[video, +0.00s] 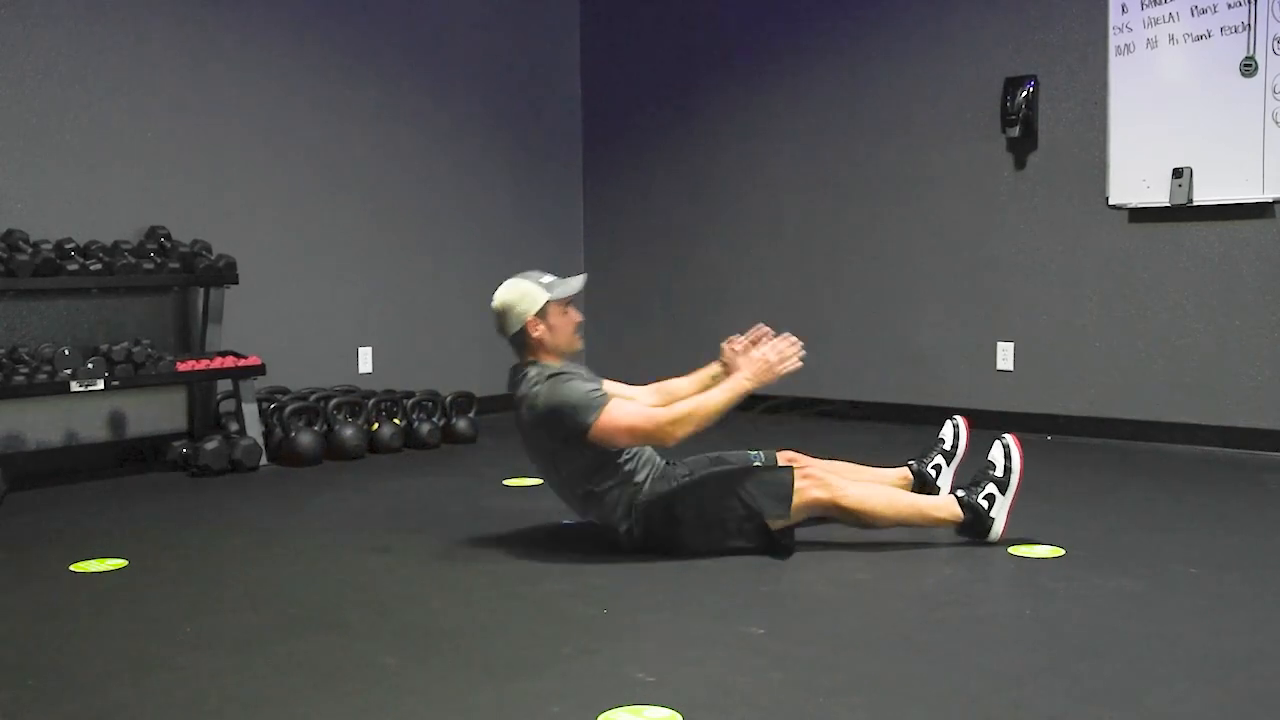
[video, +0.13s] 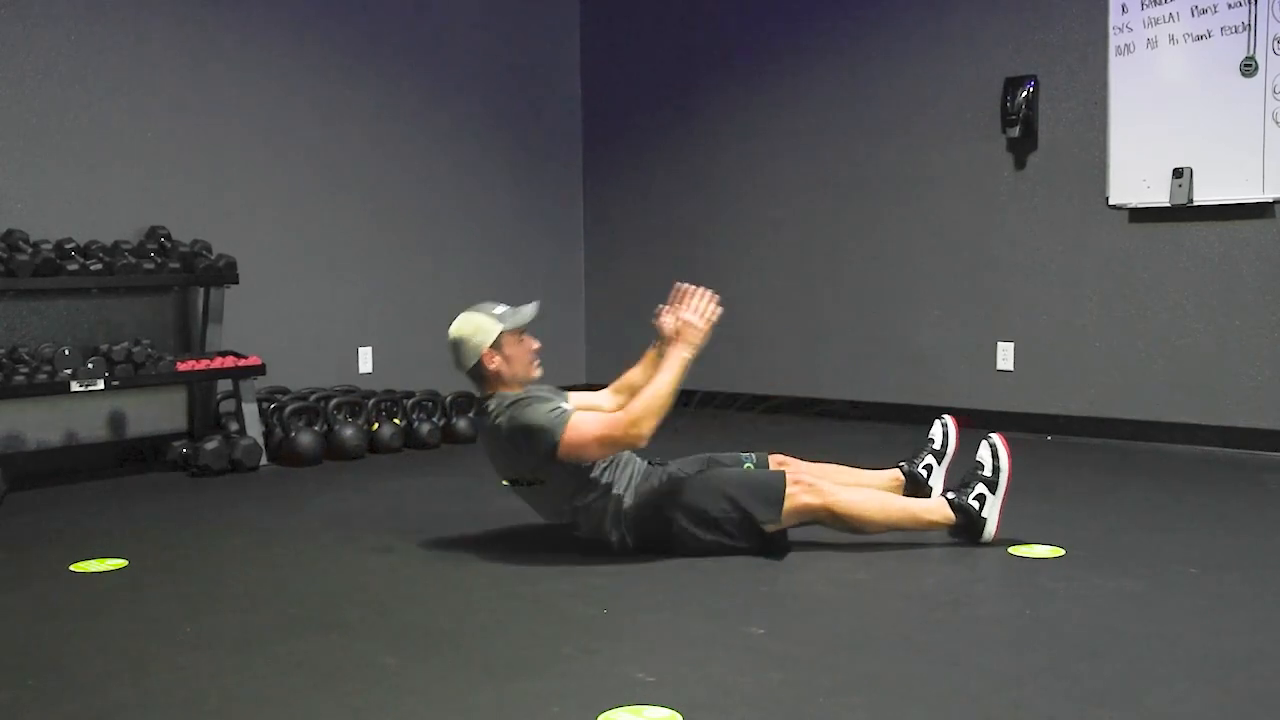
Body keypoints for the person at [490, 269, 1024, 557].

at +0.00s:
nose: (576, 313)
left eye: (570, 304)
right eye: (564, 307)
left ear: (541, 325)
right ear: (536, 327)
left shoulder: (561, 374)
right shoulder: (551, 394)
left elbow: (649, 398)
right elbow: (663, 429)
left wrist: (720, 365)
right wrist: (747, 379)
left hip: (660, 477)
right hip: (647, 505)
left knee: (796, 462)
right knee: (812, 485)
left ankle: (920, 477)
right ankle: (970, 513)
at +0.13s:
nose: (531, 342)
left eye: (523, 334)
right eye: (517, 339)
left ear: (500, 358)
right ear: (491, 363)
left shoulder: (529, 399)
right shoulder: (516, 421)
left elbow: (616, 395)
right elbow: (628, 429)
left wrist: (668, 338)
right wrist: (683, 346)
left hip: (650, 479)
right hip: (642, 509)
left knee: (787, 467)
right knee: (806, 493)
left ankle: (913, 478)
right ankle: (959, 514)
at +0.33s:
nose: (467, 406)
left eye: (458, 399)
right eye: (452, 409)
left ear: (441, 425)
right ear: (433, 437)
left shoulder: (468, 455)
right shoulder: (469, 479)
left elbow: (550, 432)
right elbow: (567, 429)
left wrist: (526, 342)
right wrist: (526, 343)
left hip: (623, 484)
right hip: (621, 511)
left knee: (768, 458)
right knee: (791, 490)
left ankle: (894, 482)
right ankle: (944, 513)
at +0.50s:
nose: (411, 453)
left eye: (398, 450)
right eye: (395, 460)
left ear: (407, 461)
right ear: (397, 488)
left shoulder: (452, 485)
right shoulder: (456, 518)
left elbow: (475, 411)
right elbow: (480, 411)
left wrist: (386, 384)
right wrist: (386, 395)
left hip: (629, 482)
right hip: (629, 510)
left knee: (771, 462)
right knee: (789, 490)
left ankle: (897, 482)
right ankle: (942, 513)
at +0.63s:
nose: (381, 491)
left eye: (377, 481)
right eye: (371, 494)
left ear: (397, 476)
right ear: (385, 505)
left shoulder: (444, 490)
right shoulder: (436, 516)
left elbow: (422, 413)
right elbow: (422, 417)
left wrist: (338, 450)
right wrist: (331, 451)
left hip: (623, 485)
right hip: (620, 513)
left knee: (768, 461)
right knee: (784, 486)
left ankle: (896, 484)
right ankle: (940, 516)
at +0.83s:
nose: (386, 486)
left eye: (379, 479)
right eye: (380, 485)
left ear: (383, 499)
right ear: (382, 514)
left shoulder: (442, 501)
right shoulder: (430, 527)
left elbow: (388, 434)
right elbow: (375, 436)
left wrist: (319, 498)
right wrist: (311, 508)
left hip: (624, 483)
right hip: (623, 510)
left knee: (764, 459)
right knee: (783, 488)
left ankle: (896, 489)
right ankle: (940, 518)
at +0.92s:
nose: (388, 484)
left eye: (383, 476)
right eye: (383, 482)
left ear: (388, 491)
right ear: (384, 508)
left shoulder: (445, 497)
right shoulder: (431, 522)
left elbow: (400, 426)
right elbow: (389, 426)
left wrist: (327, 482)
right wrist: (317, 490)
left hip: (626, 483)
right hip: (623, 510)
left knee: (767, 459)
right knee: (786, 486)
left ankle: (895, 484)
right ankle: (940, 516)